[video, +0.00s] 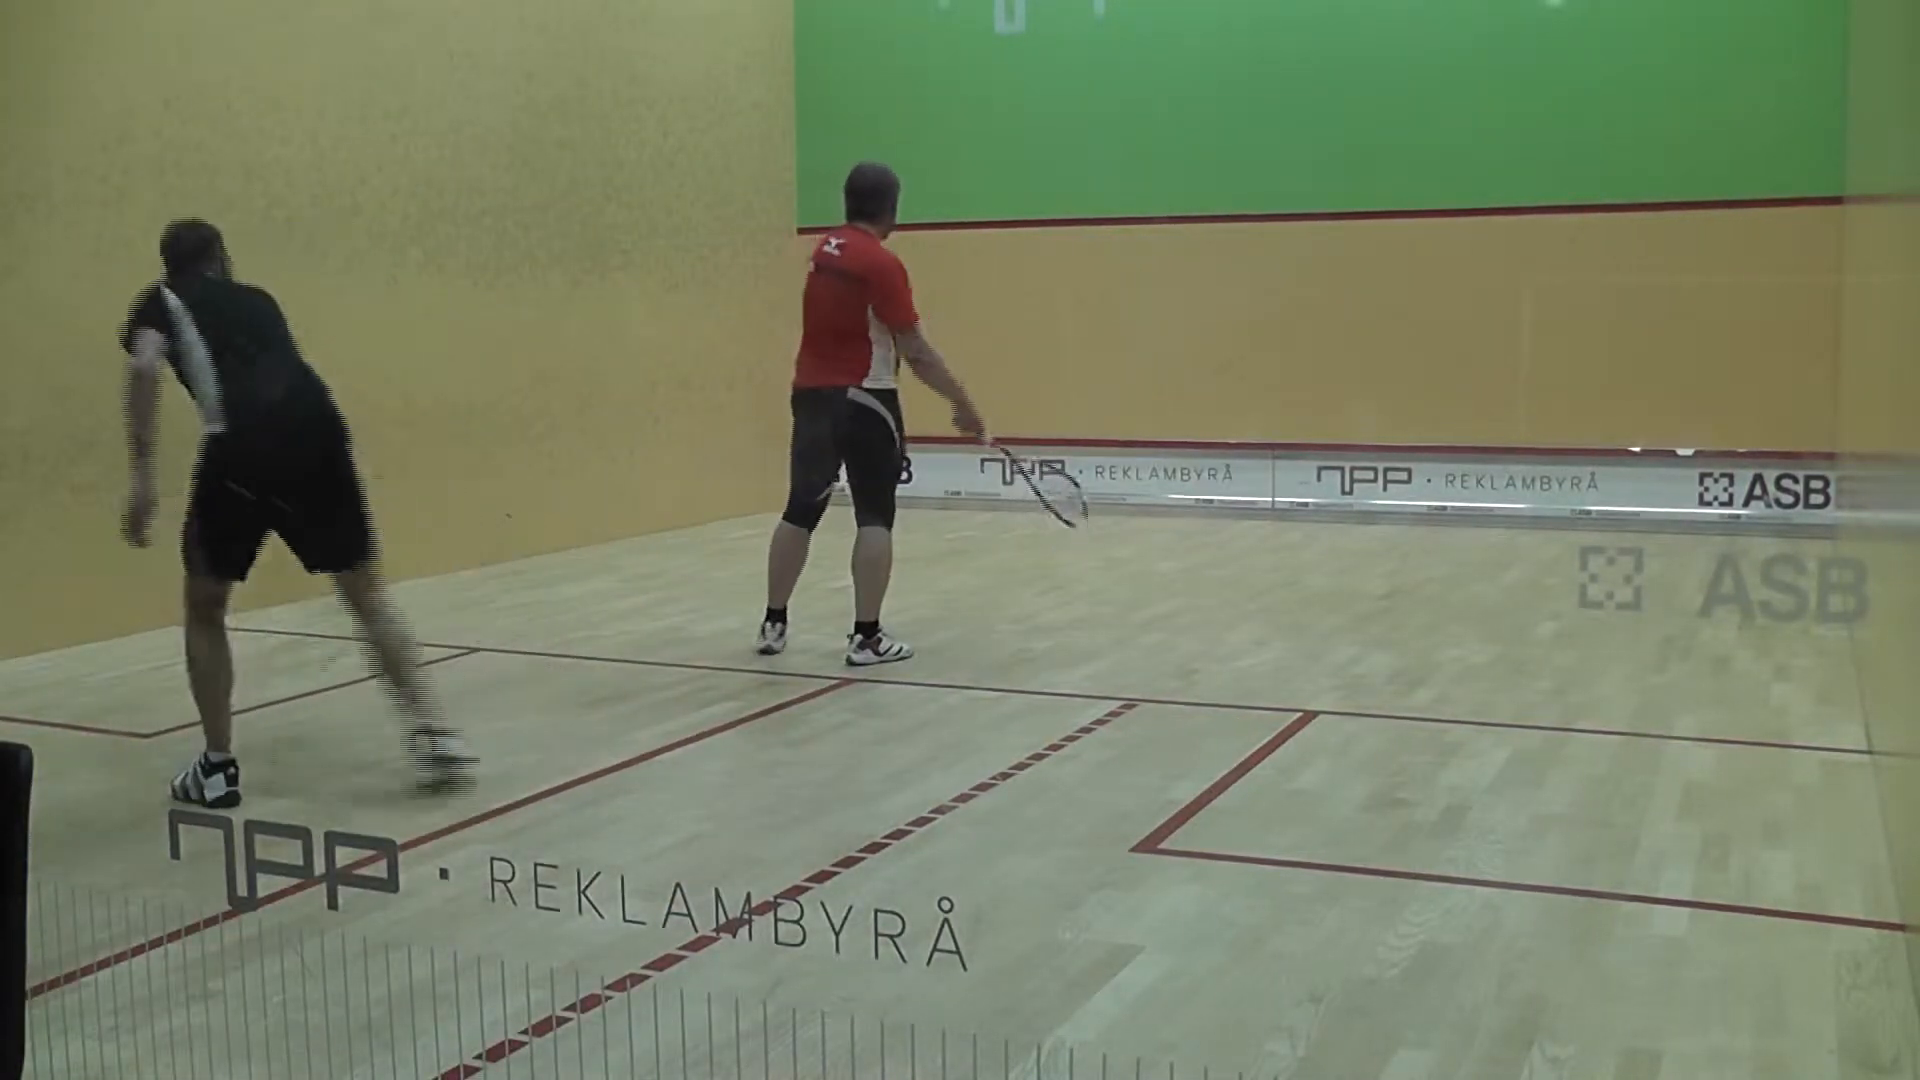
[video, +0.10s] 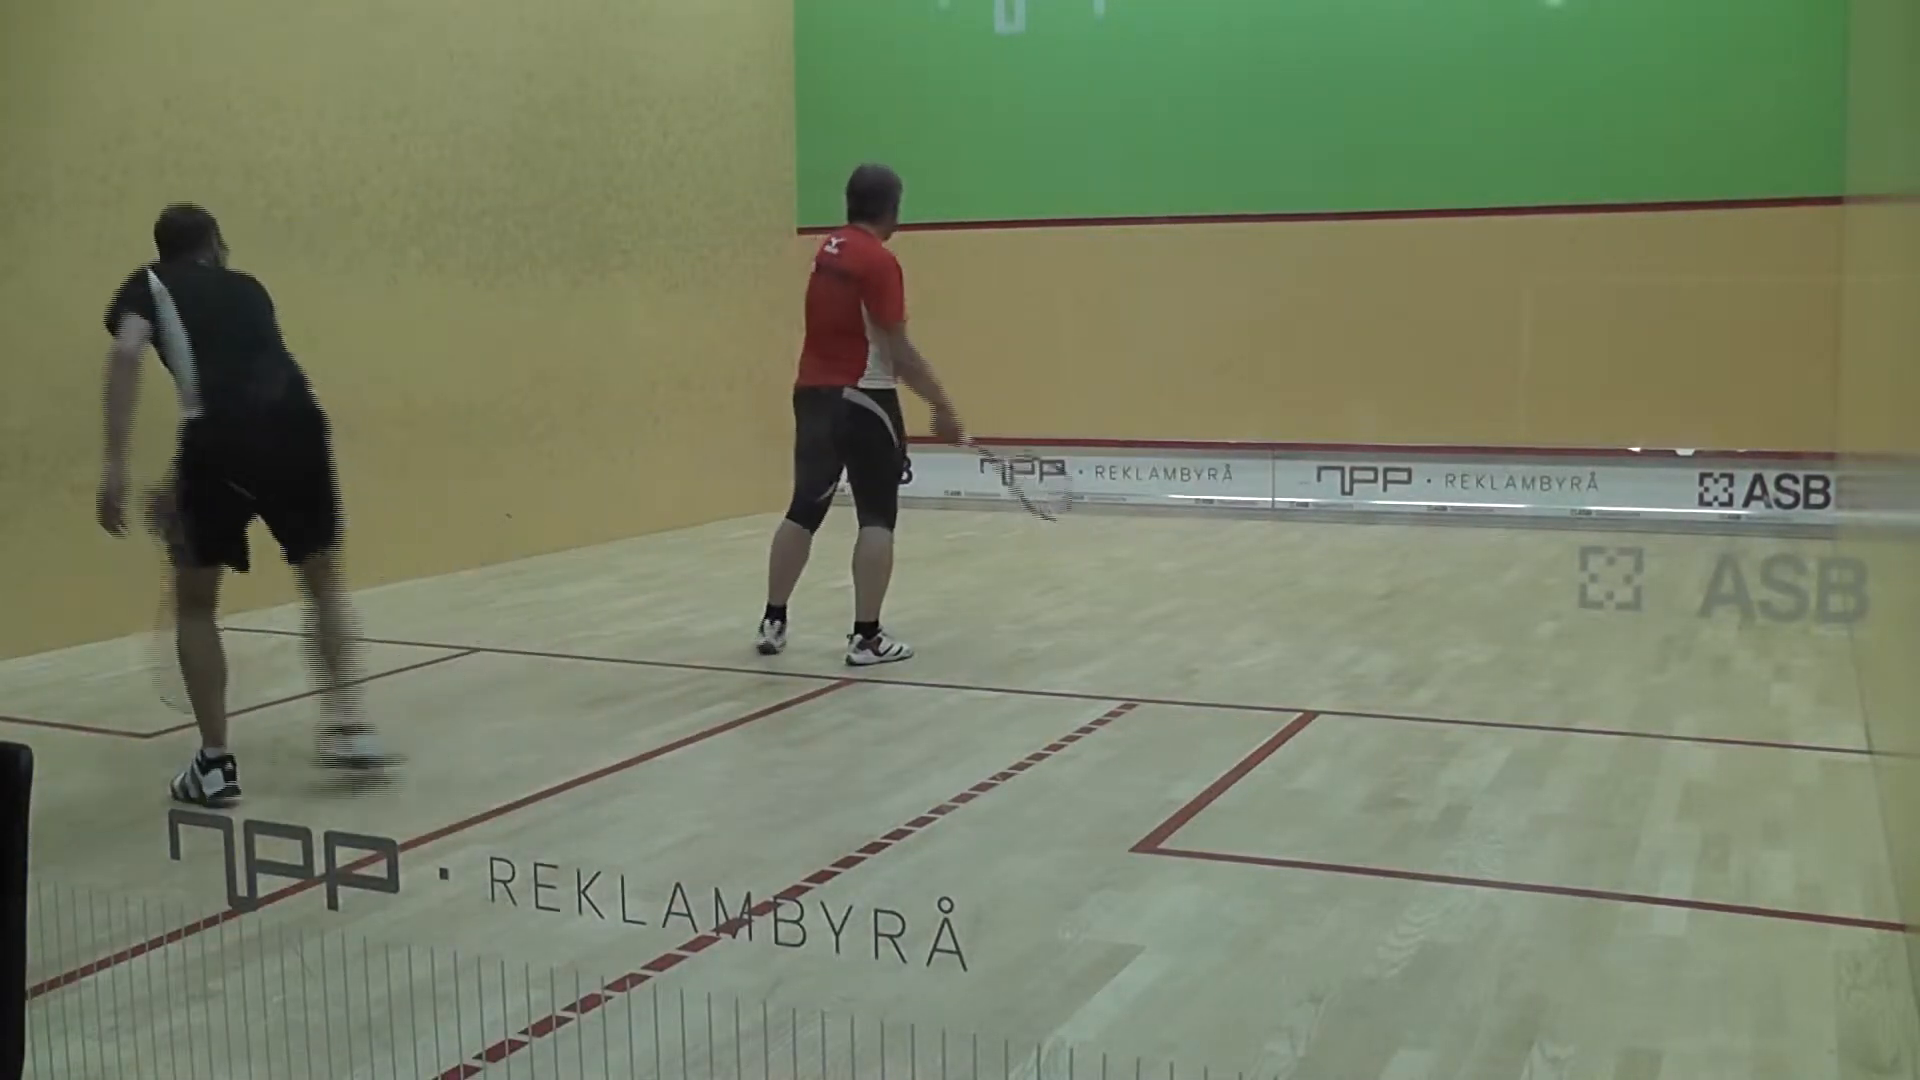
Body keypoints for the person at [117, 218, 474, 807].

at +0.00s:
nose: (228, 268)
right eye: (225, 259)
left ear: (169, 267)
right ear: (221, 259)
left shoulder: (162, 301)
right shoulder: (256, 298)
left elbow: (144, 371)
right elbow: (285, 379)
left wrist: (141, 484)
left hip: (237, 459)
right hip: (316, 449)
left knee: (205, 610)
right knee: (366, 594)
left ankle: (217, 764)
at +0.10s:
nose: (226, 254)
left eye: (220, 248)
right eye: (223, 246)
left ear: (162, 251)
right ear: (216, 246)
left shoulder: (149, 283)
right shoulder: (246, 286)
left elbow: (127, 354)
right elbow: (242, 396)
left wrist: (115, 470)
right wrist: (182, 483)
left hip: (217, 445)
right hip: (295, 436)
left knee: (196, 606)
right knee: (325, 580)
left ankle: (215, 759)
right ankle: (347, 726)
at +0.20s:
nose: (230, 237)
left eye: (226, 229)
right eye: (227, 229)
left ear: (166, 233)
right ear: (218, 231)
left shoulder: (142, 266)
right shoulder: (251, 281)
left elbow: (105, 332)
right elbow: (231, 389)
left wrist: (88, 441)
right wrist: (150, 458)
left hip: (188, 438)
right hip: (265, 435)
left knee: (172, 599)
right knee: (252, 578)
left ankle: (209, 743)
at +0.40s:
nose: (237, 231)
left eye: (235, 220)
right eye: (234, 220)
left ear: (175, 223)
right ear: (218, 223)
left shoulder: (133, 269)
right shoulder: (251, 291)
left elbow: (90, 354)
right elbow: (256, 395)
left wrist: (64, 456)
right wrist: (235, 453)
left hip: (141, 461)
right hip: (219, 466)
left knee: (104, 594)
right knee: (192, 592)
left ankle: (150, 696)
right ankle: (157, 728)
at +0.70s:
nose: (242, 210)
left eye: (242, 198)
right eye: (235, 198)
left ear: (181, 202)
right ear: (209, 202)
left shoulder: (130, 258)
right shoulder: (236, 265)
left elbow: (93, 361)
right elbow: (288, 365)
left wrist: (117, 424)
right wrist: (331, 432)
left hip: (132, 451)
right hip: (209, 449)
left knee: (117, 594)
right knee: (281, 550)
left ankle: (85, 747)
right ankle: (248, 694)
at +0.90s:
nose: (288, 203)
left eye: (287, 190)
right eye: (280, 191)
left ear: (233, 196)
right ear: (251, 193)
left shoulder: (184, 253)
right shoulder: (267, 251)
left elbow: (152, 358)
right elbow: (283, 347)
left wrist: (190, 419)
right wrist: (341, 425)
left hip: (189, 445)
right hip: (255, 441)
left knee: (170, 582)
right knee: (301, 565)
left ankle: (97, 710)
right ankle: (287, 713)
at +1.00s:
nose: (312, 198)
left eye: (311, 186)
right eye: (304, 185)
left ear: (256, 190)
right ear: (273, 187)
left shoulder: (209, 243)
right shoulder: (278, 243)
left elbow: (198, 347)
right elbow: (277, 338)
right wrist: (331, 423)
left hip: (197, 434)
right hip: (256, 431)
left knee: (208, 574)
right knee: (336, 550)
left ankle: (145, 714)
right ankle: (301, 701)